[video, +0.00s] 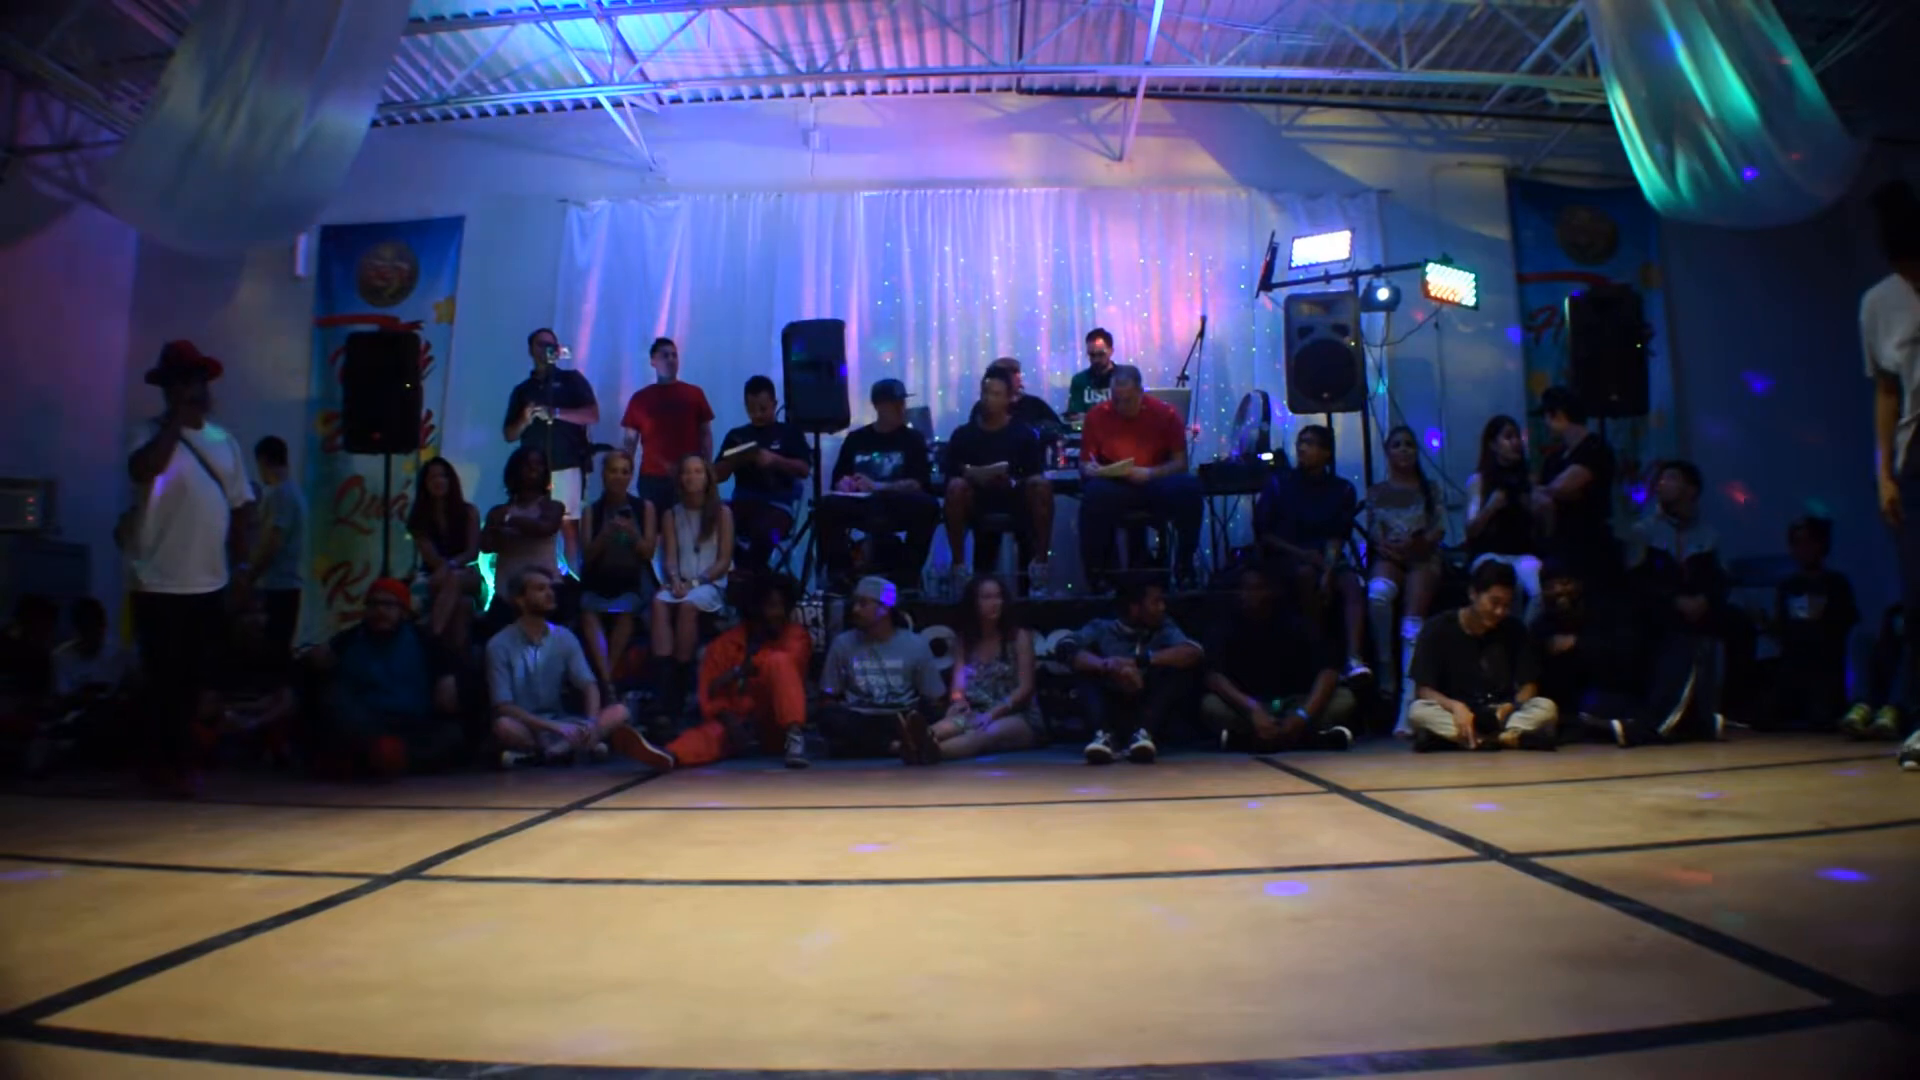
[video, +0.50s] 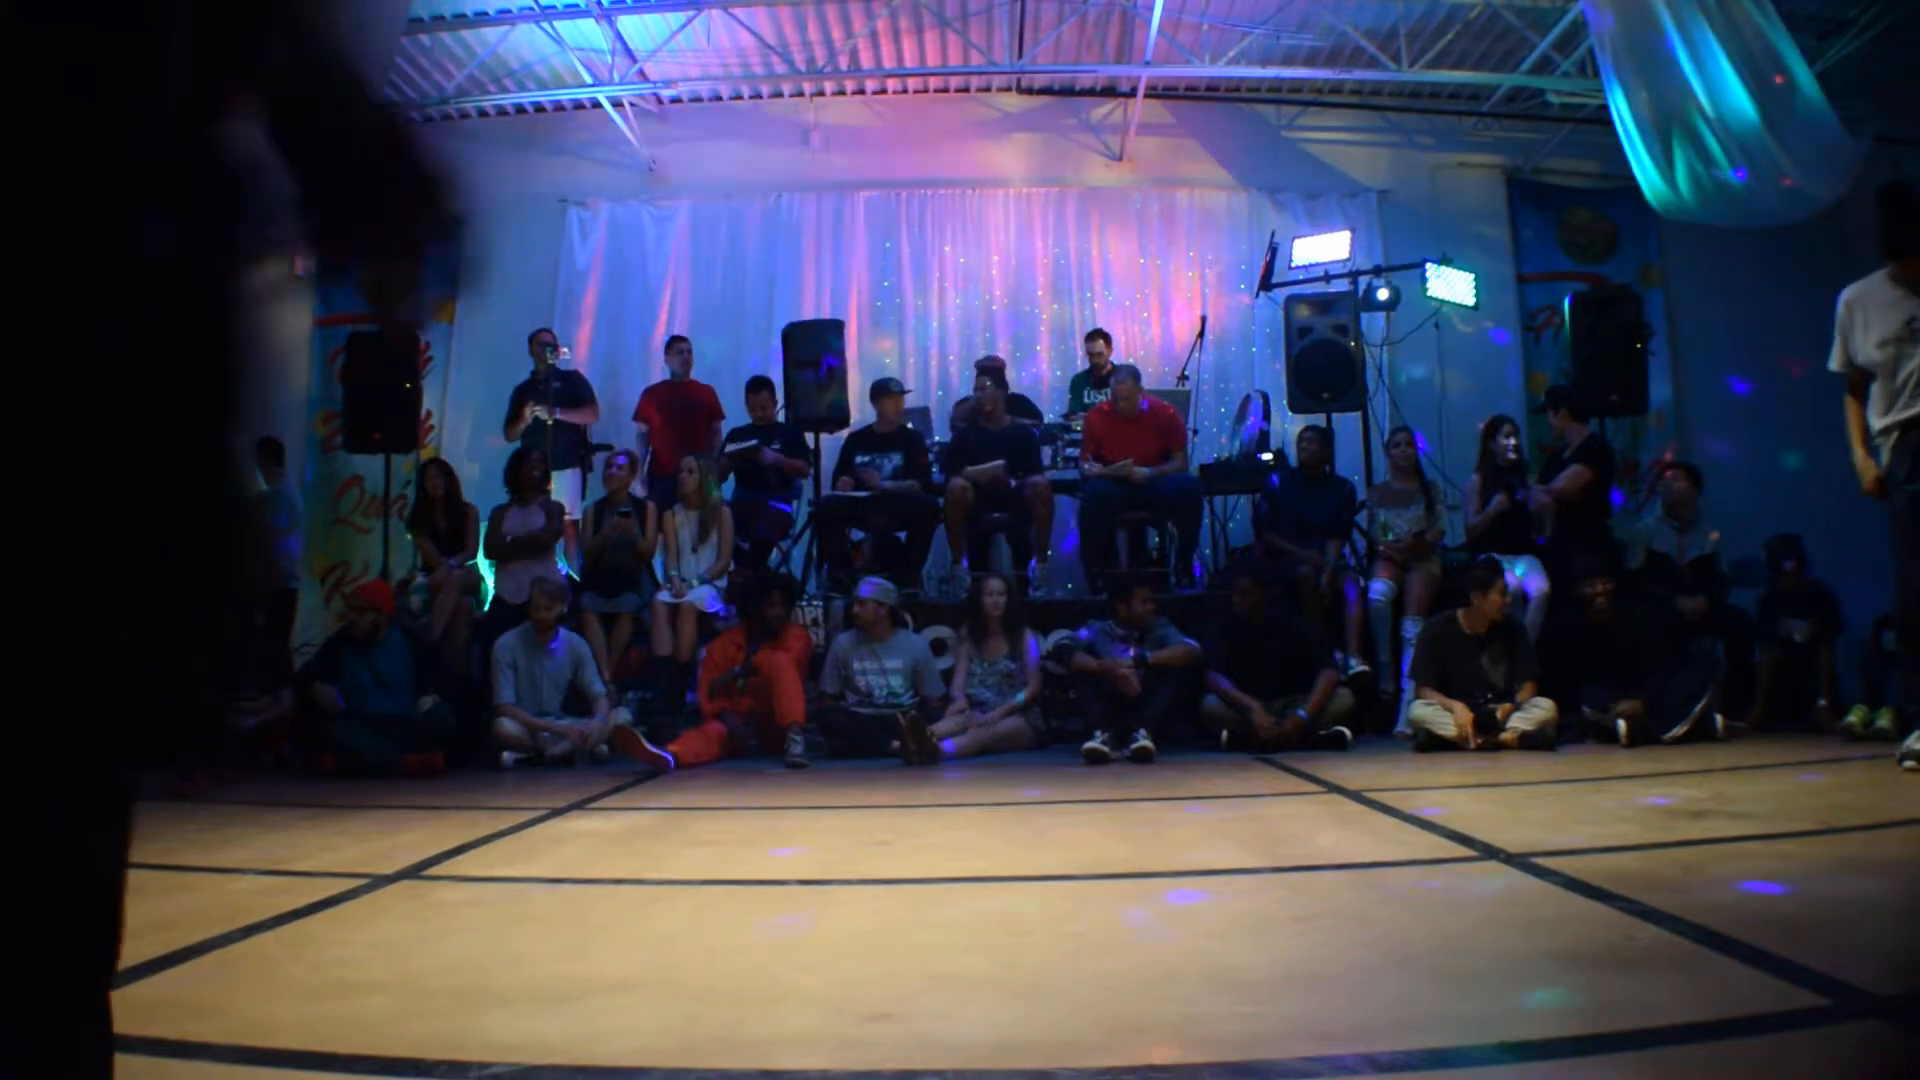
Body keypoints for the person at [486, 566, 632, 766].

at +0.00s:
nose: (550, 593)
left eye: (550, 587)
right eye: (541, 589)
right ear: (520, 600)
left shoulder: (564, 637)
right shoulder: (500, 644)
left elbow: (589, 685)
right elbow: (503, 705)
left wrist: (592, 723)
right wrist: (554, 728)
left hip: (563, 717)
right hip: (525, 719)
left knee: (620, 712)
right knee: (503, 726)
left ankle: (555, 750)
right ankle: (580, 748)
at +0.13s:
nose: (555, 596)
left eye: (555, 590)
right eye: (545, 591)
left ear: (559, 594)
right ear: (524, 602)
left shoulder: (568, 640)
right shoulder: (503, 645)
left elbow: (596, 687)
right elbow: (504, 706)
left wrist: (595, 723)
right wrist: (556, 728)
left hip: (562, 719)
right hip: (526, 721)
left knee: (619, 714)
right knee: (504, 727)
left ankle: (546, 754)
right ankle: (582, 748)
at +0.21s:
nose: (557, 599)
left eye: (557, 593)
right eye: (548, 593)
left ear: (561, 596)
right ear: (527, 602)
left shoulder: (572, 642)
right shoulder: (505, 645)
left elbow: (599, 689)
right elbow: (504, 706)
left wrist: (597, 723)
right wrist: (556, 728)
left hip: (564, 720)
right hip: (527, 722)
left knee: (620, 715)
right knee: (503, 727)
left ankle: (552, 752)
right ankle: (582, 749)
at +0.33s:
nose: (548, 607)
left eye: (553, 601)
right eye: (541, 601)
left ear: (560, 605)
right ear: (530, 605)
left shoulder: (573, 643)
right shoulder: (506, 645)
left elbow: (601, 693)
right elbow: (504, 706)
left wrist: (598, 724)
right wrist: (555, 729)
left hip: (559, 719)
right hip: (524, 721)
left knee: (600, 726)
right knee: (503, 726)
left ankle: (541, 756)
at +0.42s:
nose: (541, 614)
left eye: (548, 608)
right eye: (536, 608)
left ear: (562, 608)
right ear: (529, 608)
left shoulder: (575, 644)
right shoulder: (507, 645)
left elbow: (599, 695)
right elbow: (504, 706)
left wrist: (597, 724)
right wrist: (560, 730)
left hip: (561, 720)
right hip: (525, 721)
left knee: (612, 719)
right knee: (502, 727)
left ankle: (550, 753)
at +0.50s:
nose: (541, 615)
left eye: (548, 609)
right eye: (536, 608)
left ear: (562, 609)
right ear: (529, 607)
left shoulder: (575, 644)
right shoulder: (507, 644)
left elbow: (598, 695)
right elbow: (504, 706)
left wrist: (597, 725)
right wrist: (561, 730)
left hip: (562, 720)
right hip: (525, 722)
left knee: (622, 716)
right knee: (502, 727)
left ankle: (549, 754)